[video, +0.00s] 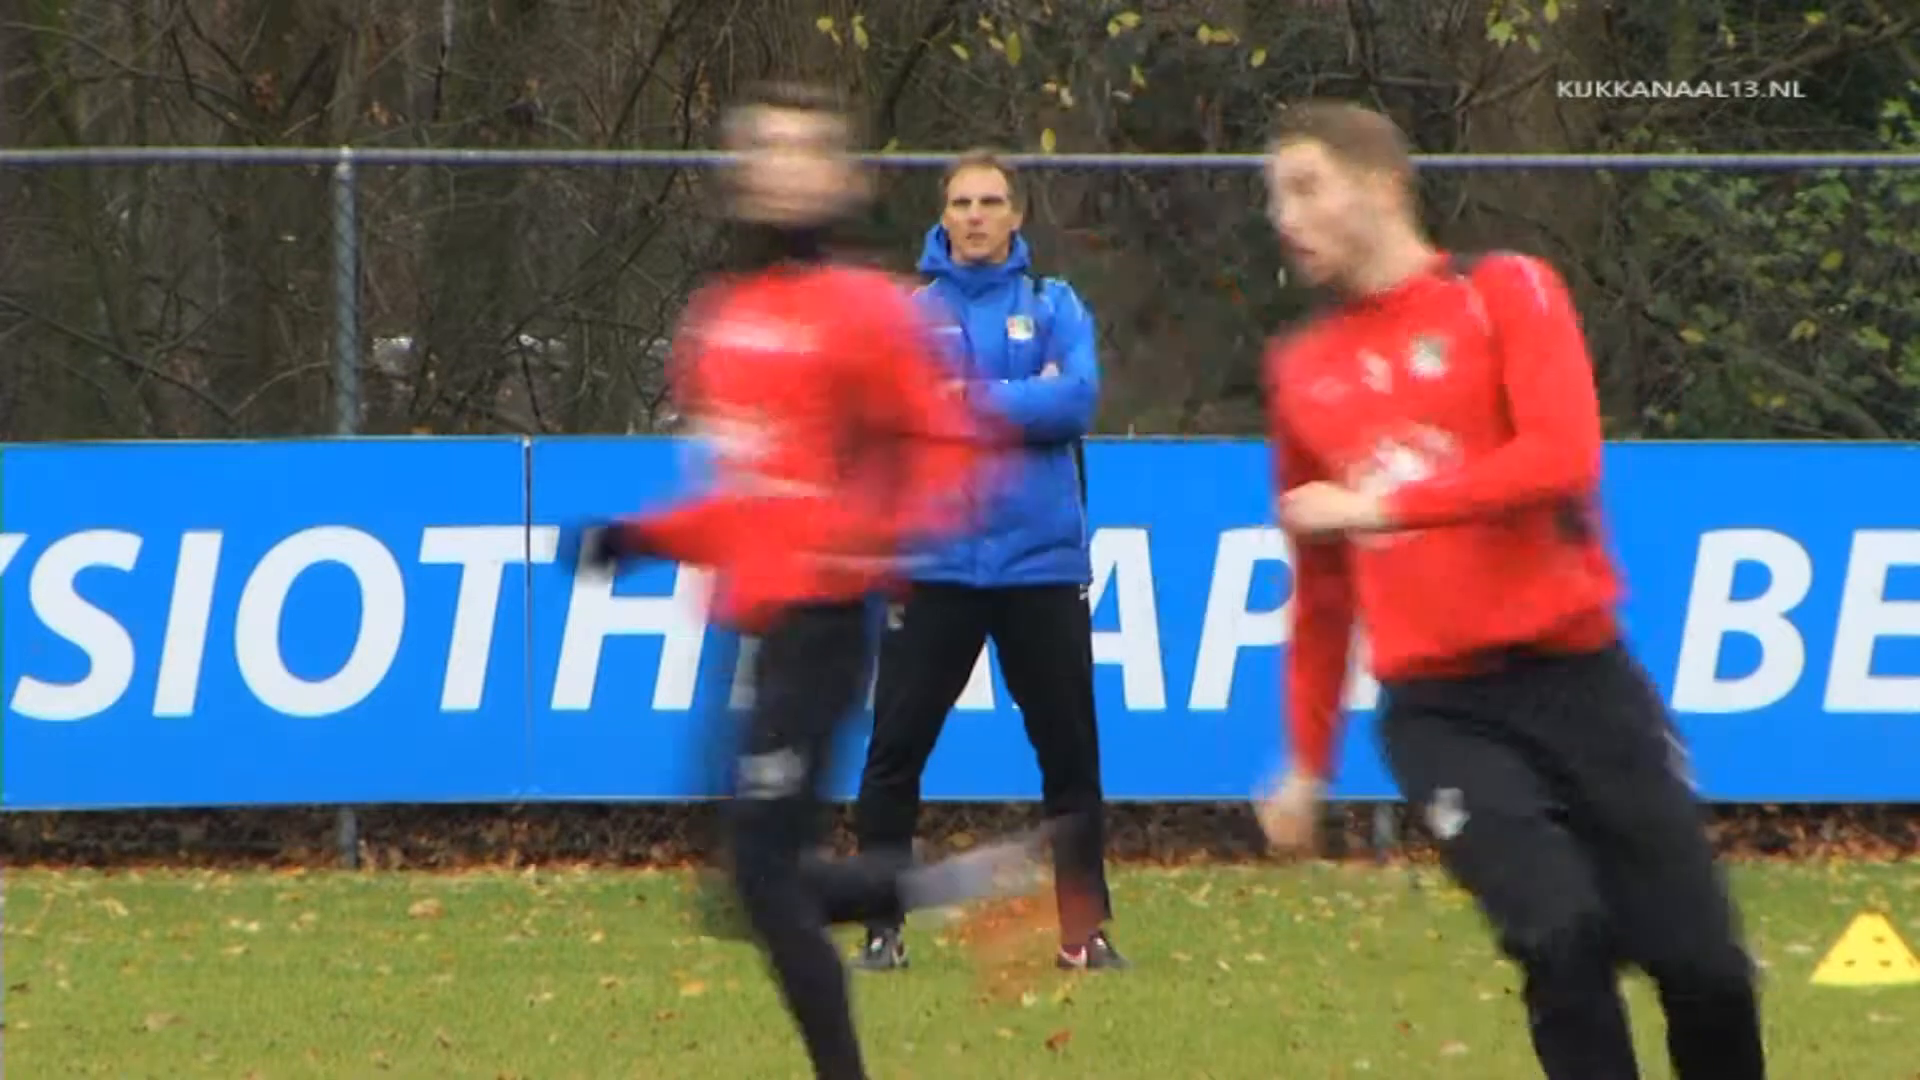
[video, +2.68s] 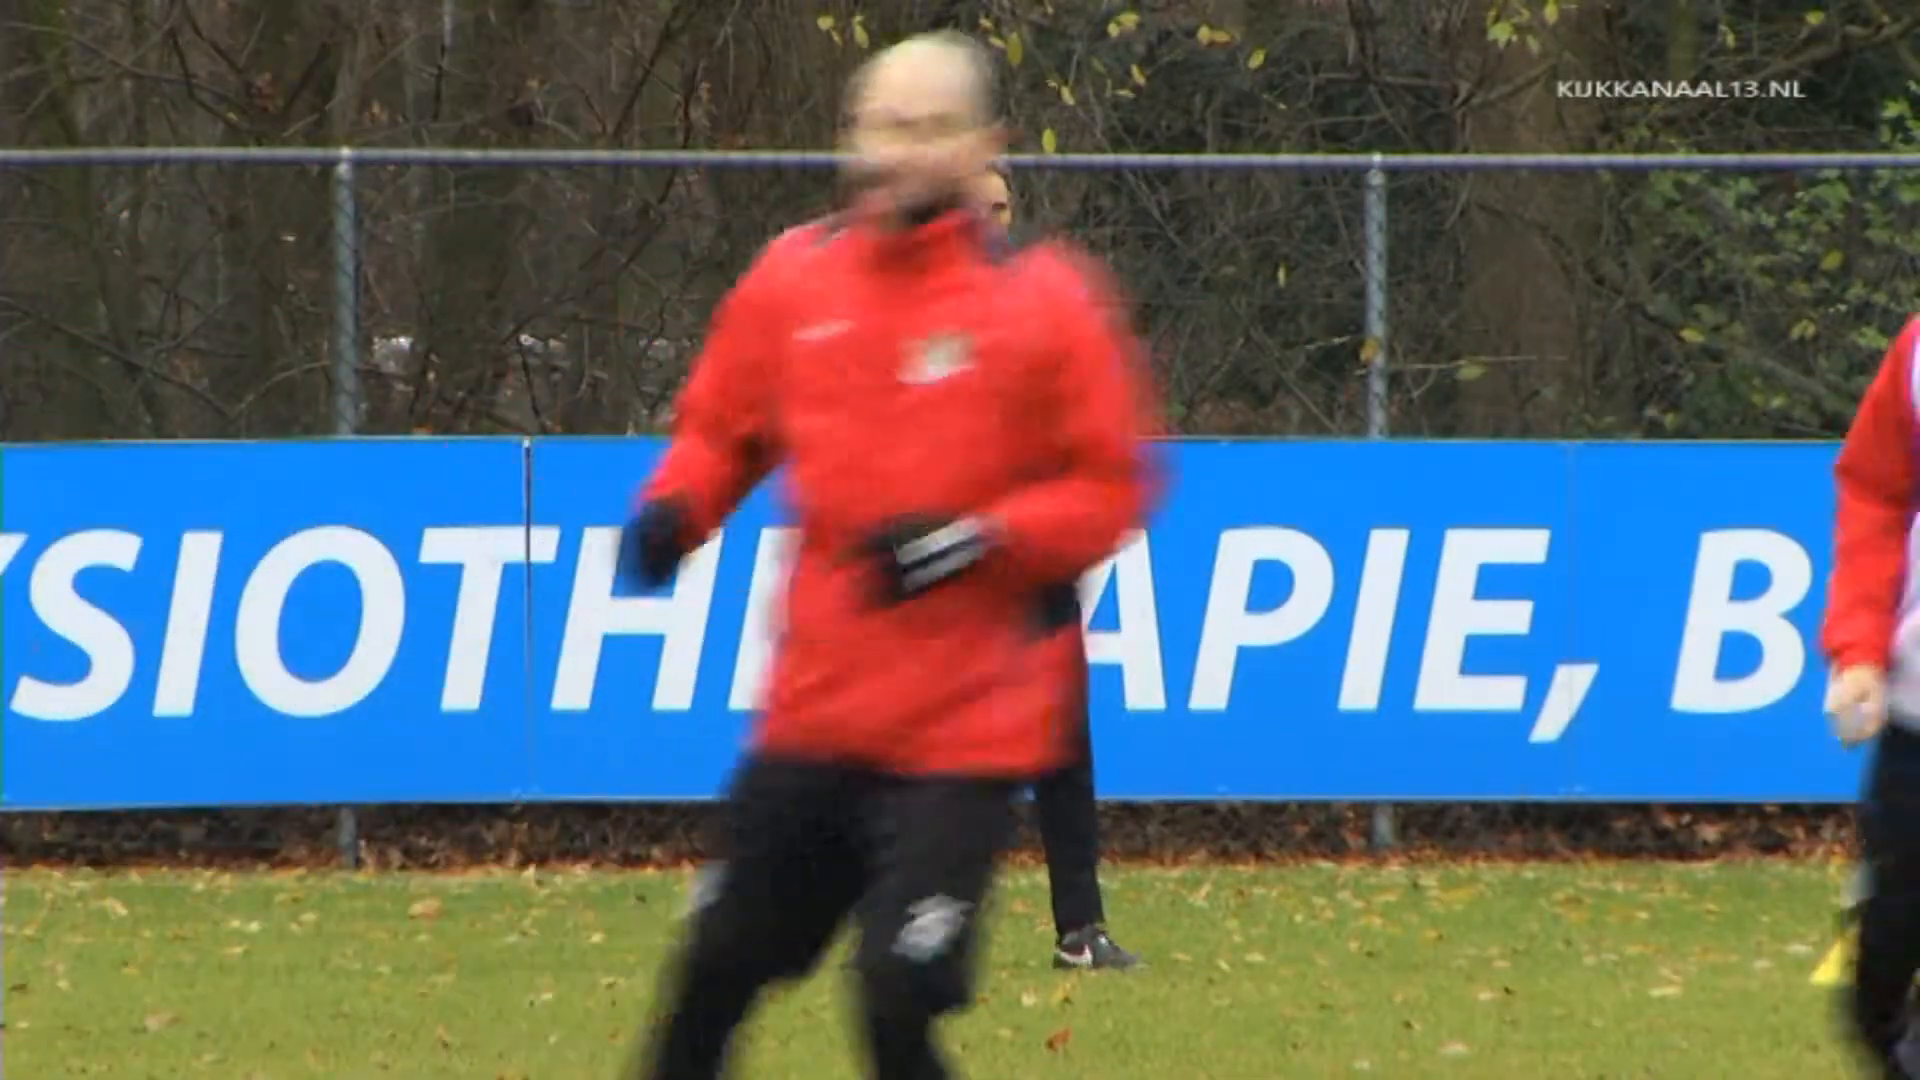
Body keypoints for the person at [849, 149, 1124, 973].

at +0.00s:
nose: (976, 216)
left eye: (991, 202)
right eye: (962, 204)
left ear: (1017, 214)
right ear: (942, 216)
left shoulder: (1055, 303)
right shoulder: (907, 309)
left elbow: (1076, 400)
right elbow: (900, 412)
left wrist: (961, 402)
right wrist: (1026, 407)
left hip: (1041, 568)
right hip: (935, 570)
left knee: (1070, 753)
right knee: (895, 750)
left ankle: (1085, 933)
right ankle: (881, 925)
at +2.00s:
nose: (1025, 228)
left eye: (1038, 215)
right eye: (1011, 215)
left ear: (1058, 223)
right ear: (984, 224)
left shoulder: (1094, 312)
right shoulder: (933, 311)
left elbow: (1097, 413)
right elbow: (933, 431)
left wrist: (985, 402)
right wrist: (1047, 419)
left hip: (1068, 568)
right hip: (958, 567)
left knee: (1088, 752)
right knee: (913, 749)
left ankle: (1086, 932)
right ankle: (883, 930)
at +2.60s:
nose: (981, 224)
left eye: (992, 210)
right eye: (965, 211)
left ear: (1008, 218)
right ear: (932, 221)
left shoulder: (1038, 303)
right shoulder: (903, 303)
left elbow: (1066, 399)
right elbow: (896, 402)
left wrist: (972, 418)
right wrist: (1015, 391)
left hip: (1028, 567)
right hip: (924, 564)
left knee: (1056, 752)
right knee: (892, 746)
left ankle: (1078, 926)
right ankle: (864, 933)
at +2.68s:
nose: (990, 220)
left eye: (998, 205)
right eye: (977, 206)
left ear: (1010, 208)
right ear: (943, 212)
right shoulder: (903, 299)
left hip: (1036, 563)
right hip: (931, 566)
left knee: (1063, 745)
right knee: (937, 747)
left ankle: (1080, 922)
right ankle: (919, 929)